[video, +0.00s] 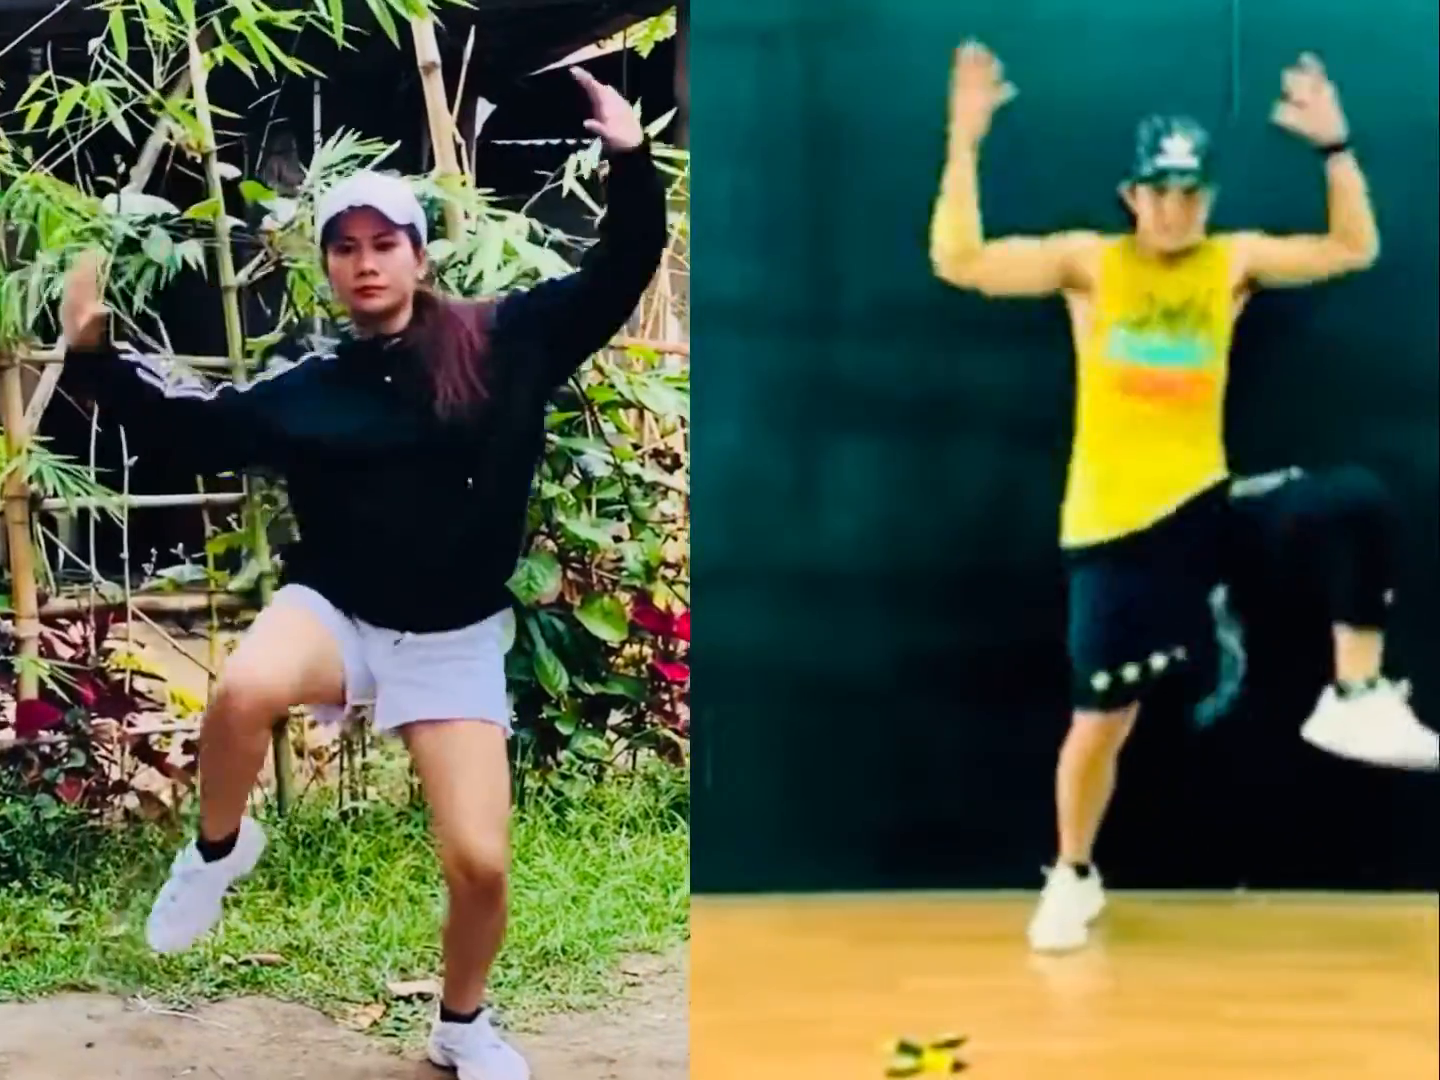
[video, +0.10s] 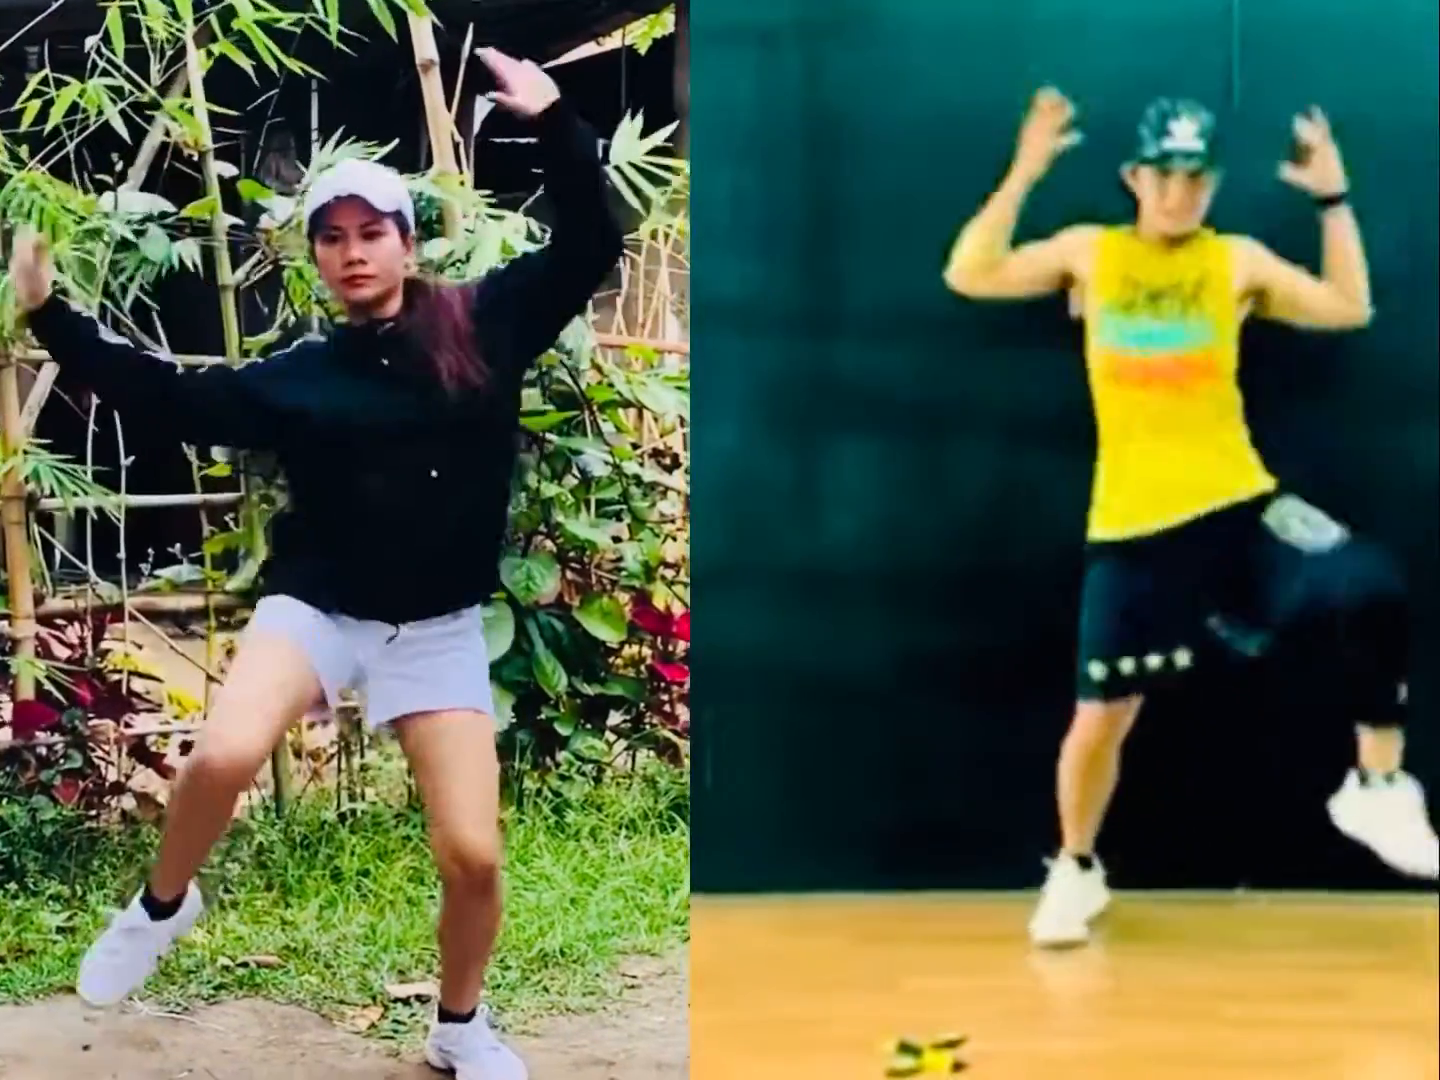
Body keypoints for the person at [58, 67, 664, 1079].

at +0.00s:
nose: (363, 263)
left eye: (382, 243)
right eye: (344, 247)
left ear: (420, 254)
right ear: (325, 268)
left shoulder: (502, 337)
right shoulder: (302, 388)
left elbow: (620, 271)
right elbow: (181, 434)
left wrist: (628, 155)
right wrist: (89, 357)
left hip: (459, 632)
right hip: (333, 612)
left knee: (482, 861)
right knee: (241, 691)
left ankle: (462, 1023)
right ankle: (216, 852)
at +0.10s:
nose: (353, 253)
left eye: (373, 231)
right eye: (333, 237)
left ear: (413, 242)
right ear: (315, 257)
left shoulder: (484, 322)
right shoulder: (299, 376)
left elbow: (592, 245)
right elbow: (171, 395)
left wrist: (553, 118)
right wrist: (49, 312)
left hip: (442, 620)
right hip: (312, 608)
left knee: (475, 853)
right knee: (220, 759)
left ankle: (460, 1023)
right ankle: (162, 907)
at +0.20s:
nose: (328, 255)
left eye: (347, 237)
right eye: (309, 239)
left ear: (383, 249)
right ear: (288, 258)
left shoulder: (449, 338)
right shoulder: (250, 368)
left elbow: (568, 300)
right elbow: (128, 341)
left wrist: (482, 223)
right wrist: (75, 220)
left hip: (432, 634)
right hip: (293, 638)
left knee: (474, 855)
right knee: (188, 809)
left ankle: (460, 1023)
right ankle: (125, 981)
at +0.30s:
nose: (293, 288)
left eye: (314, 271)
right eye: (275, 270)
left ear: (345, 288)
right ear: (248, 286)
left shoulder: (400, 377)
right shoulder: (210, 386)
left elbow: (534, 423)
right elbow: (102, 359)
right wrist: (158, 260)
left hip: (408, 647)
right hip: (271, 669)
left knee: (460, 869)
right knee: (173, 859)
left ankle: (461, 1027)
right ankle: (121, 1029)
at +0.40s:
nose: (247, 287)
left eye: (269, 271)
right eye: (228, 270)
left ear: (298, 293)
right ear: (201, 290)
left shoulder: (347, 406)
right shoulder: (134, 403)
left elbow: (473, 441)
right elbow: (22, 414)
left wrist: (511, 333)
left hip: (344, 665)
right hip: (201, 688)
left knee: (425, 872)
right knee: (120, 885)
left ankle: (451, 1037)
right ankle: (107, 1043)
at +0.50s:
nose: (212, 250)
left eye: (232, 232)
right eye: (193, 232)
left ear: (263, 249)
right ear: (164, 249)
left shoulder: (314, 356)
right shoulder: (99, 360)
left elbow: (429, 321)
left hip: (285, 628)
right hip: (140, 648)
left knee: (396, 826)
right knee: (93, 872)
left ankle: (434, 1016)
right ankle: (98, 1046)